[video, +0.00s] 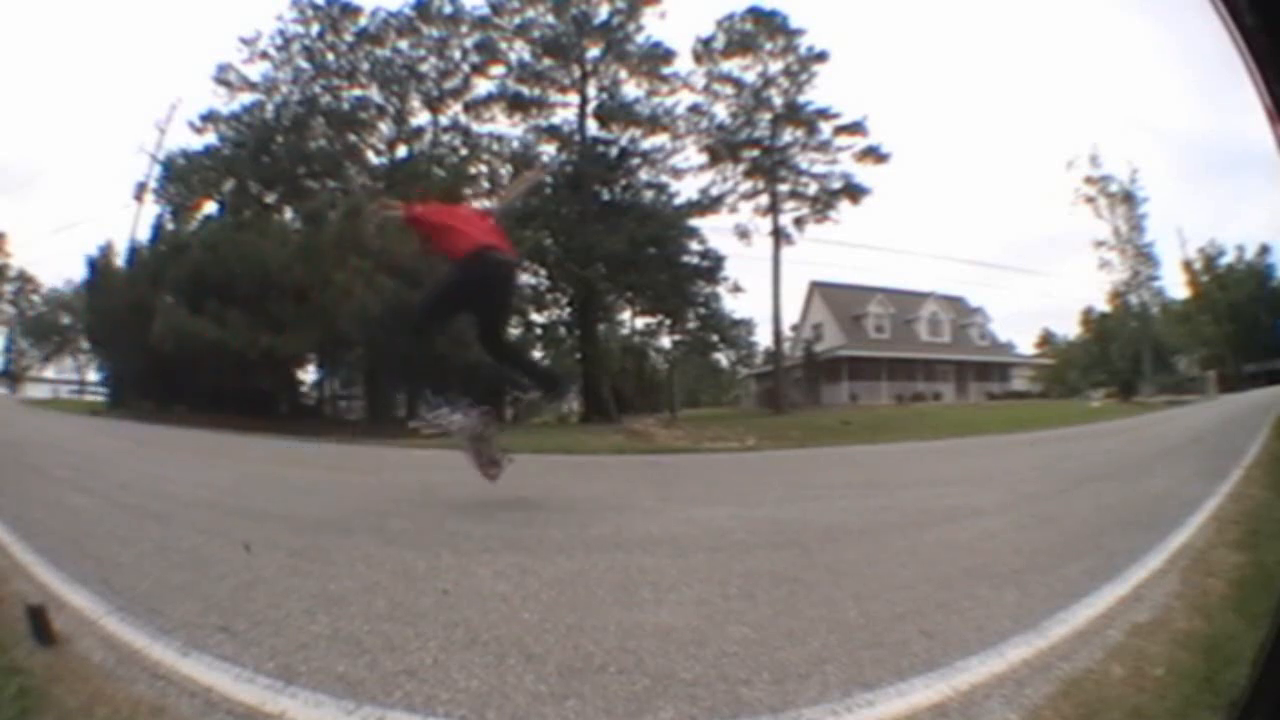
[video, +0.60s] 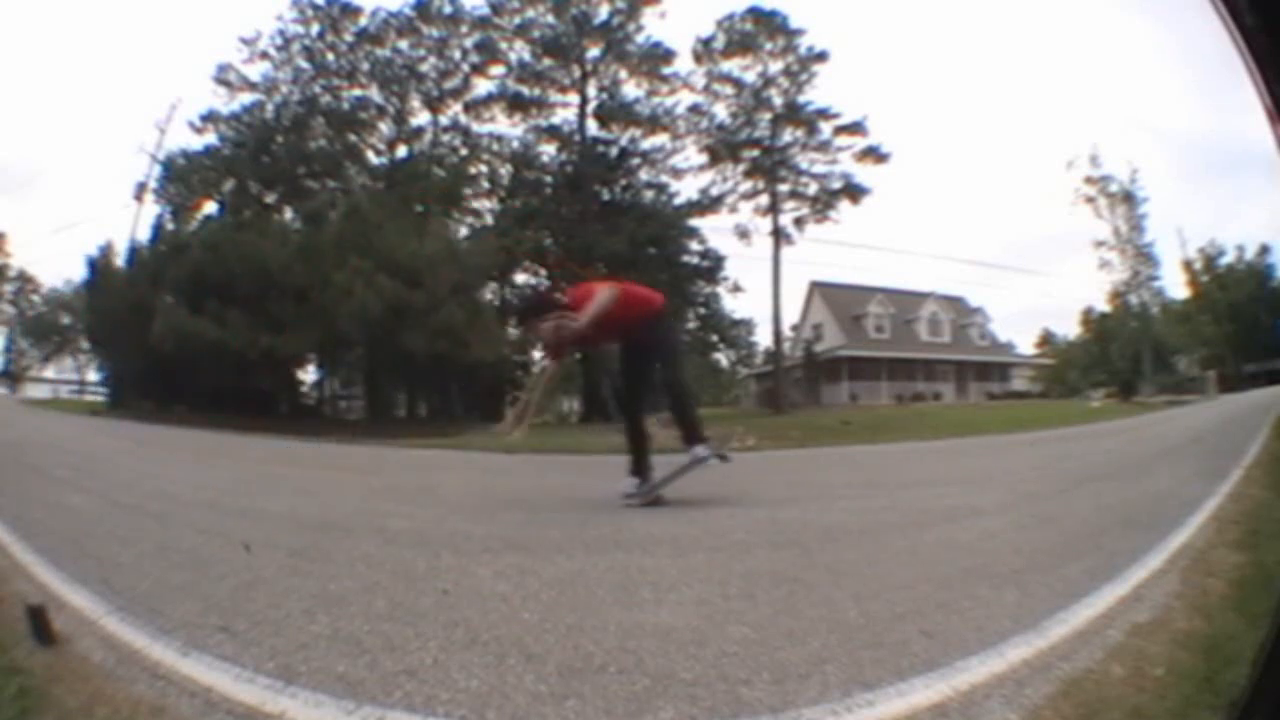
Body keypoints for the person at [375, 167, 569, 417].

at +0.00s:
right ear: (454, 204)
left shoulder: (426, 214)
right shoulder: (475, 213)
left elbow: (385, 209)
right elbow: (505, 198)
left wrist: (371, 228)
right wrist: (531, 178)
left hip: (476, 264)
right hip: (505, 267)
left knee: (424, 320)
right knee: (492, 339)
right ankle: (552, 385)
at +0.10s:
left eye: (431, 215)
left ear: (440, 213)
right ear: (465, 207)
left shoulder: (446, 235)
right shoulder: (495, 221)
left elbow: (429, 276)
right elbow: (543, 214)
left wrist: (420, 307)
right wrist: (589, 205)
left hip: (510, 291)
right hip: (531, 286)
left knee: (499, 369)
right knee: (504, 367)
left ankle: (531, 448)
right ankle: (524, 444)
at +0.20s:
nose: (462, 263)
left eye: (460, 258)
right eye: (461, 259)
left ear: (465, 250)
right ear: (482, 241)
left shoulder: (475, 263)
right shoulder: (509, 248)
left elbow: (481, 311)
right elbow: (555, 252)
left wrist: (476, 351)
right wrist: (606, 253)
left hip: (540, 333)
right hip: (555, 327)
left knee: (541, 410)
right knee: (518, 410)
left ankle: (595, 472)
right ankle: (539, 474)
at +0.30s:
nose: (476, 284)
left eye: (474, 277)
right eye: (471, 279)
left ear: (482, 267)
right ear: (485, 264)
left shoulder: (507, 274)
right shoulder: (518, 265)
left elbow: (518, 333)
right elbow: (568, 276)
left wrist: (512, 382)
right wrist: (590, 314)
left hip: (579, 336)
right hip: (558, 343)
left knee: (590, 411)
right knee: (543, 410)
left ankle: (618, 469)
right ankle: (559, 473)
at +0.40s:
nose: (492, 299)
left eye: (489, 292)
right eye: (487, 295)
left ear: (497, 281)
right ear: (497, 281)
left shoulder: (530, 276)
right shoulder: (525, 289)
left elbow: (560, 298)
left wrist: (558, 342)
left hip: (607, 322)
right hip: (583, 334)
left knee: (616, 396)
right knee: (576, 407)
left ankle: (646, 457)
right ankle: (584, 473)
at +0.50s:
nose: (515, 316)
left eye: (514, 310)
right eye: (511, 313)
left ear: (525, 299)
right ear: (518, 306)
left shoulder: (557, 284)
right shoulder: (534, 311)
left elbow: (594, 275)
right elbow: (511, 330)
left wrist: (591, 295)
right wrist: (485, 352)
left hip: (632, 316)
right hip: (602, 331)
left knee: (645, 384)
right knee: (606, 403)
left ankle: (670, 444)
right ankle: (618, 477)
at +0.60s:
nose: (538, 337)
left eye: (537, 329)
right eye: (534, 332)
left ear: (549, 315)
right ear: (542, 323)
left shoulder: (577, 298)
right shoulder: (561, 337)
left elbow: (609, 291)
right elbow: (546, 379)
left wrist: (583, 319)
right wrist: (525, 416)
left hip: (657, 317)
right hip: (631, 334)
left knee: (673, 382)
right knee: (630, 401)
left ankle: (697, 443)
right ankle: (641, 476)